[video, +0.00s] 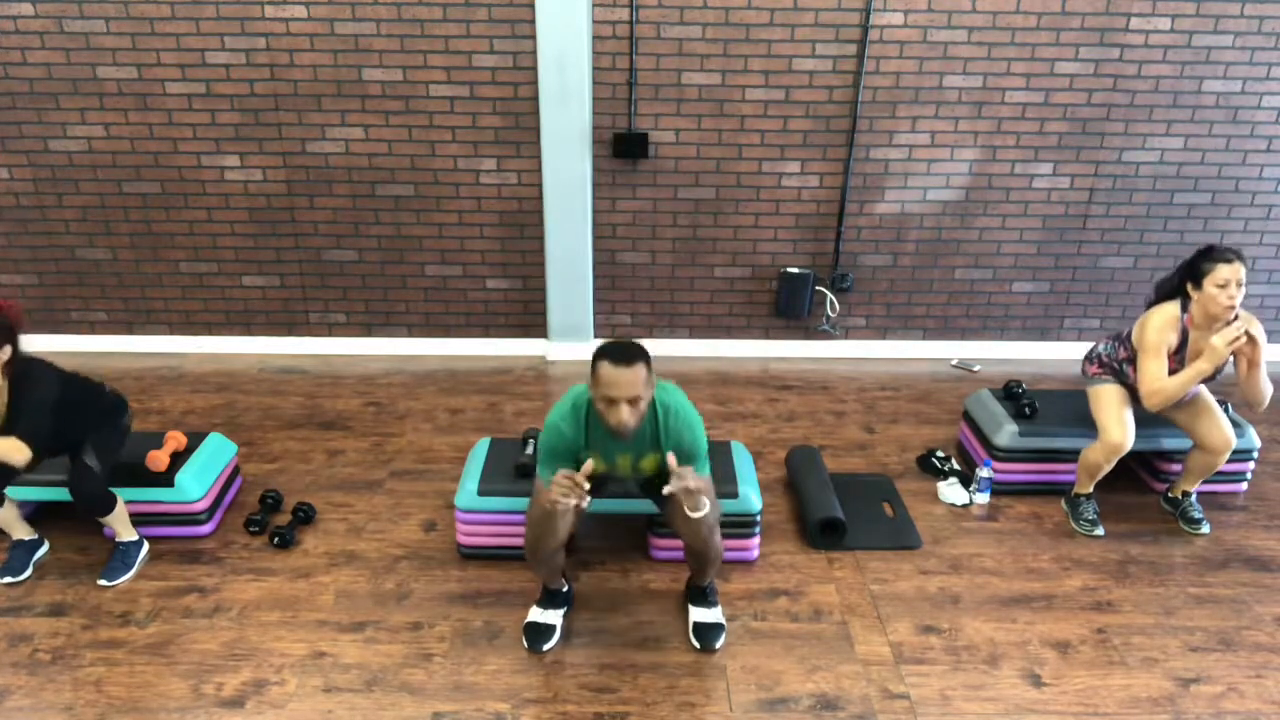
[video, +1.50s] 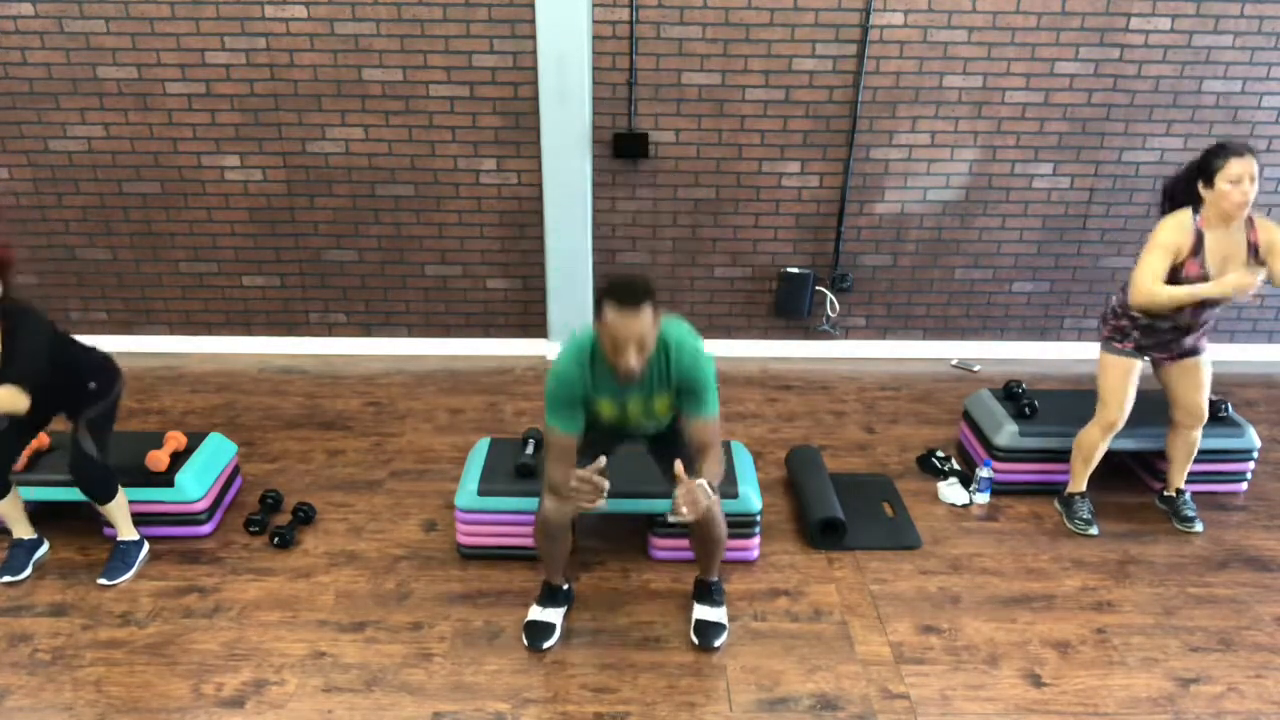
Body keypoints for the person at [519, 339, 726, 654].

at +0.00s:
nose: (622, 416)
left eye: (634, 402)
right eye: (609, 402)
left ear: (651, 388)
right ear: (592, 391)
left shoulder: (678, 415)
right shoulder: (564, 420)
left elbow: (707, 515)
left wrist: (694, 494)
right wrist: (553, 500)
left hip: (659, 474)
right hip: (587, 474)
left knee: (703, 531)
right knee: (542, 543)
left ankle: (702, 591)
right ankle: (553, 593)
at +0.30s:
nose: (628, 251)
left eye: (640, 236)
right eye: (616, 237)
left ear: (655, 236)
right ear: (594, 236)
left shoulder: (683, 285)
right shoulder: (562, 287)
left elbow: (725, 381)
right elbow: (524, 385)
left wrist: (762, 477)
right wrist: (498, 491)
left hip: (660, 382)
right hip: (584, 381)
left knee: (683, 499)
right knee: (559, 498)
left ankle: (704, 587)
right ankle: (554, 589)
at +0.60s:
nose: (628, 165)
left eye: (640, 150)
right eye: (615, 150)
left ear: (656, 148)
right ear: (593, 148)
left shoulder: (687, 204)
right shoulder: (558, 212)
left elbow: (743, 267)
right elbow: (503, 278)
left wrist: (777, 336)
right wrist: (464, 344)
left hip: (666, 370)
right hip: (586, 369)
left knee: (685, 480)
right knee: (569, 484)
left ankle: (708, 584)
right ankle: (555, 588)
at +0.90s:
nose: (633, 174)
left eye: (645, 159)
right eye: (618, 159)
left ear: (663, 150)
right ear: (597, 150)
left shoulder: (694, 197)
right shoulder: (561, 203)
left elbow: (732, 220)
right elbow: (503, 231)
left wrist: (755, 250)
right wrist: (463, 271)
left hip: (670, 367)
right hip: (592, 368)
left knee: (687, 477)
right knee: (572, 482)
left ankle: (708, 584)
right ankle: (556, 587)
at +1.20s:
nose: (630, 194)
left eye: (643, 179)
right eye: (616, 179)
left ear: (660, 168)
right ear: (596, 170)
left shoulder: (690, 219)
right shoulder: (564, 229)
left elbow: (731, 303)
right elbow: (524, 314)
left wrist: (752, 377)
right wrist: (502, 411)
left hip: (671, 364)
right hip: (593, 365)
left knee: (691, 477)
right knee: (574, 479)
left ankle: (709, 582)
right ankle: (555, 585)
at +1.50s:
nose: (629, 361)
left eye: (641, 345)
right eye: (616, 345)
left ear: (656, 327)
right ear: (599, 327)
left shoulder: (685, 350)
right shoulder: (571, 365)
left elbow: (710, 448)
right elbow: (556, 464)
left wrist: (703, 488)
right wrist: (570, 485)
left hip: (665, 427)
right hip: (596, 428)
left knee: (706, 506)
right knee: (553, 510)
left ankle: (709, 589)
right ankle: (554, 591)